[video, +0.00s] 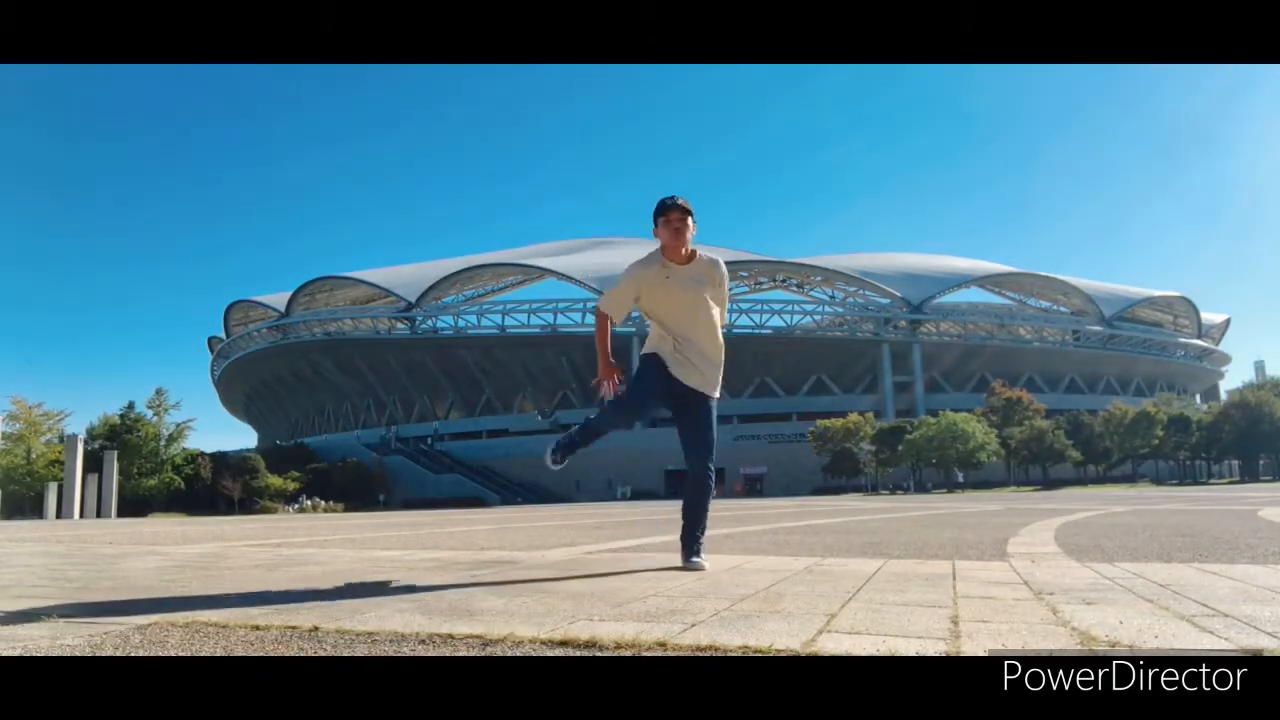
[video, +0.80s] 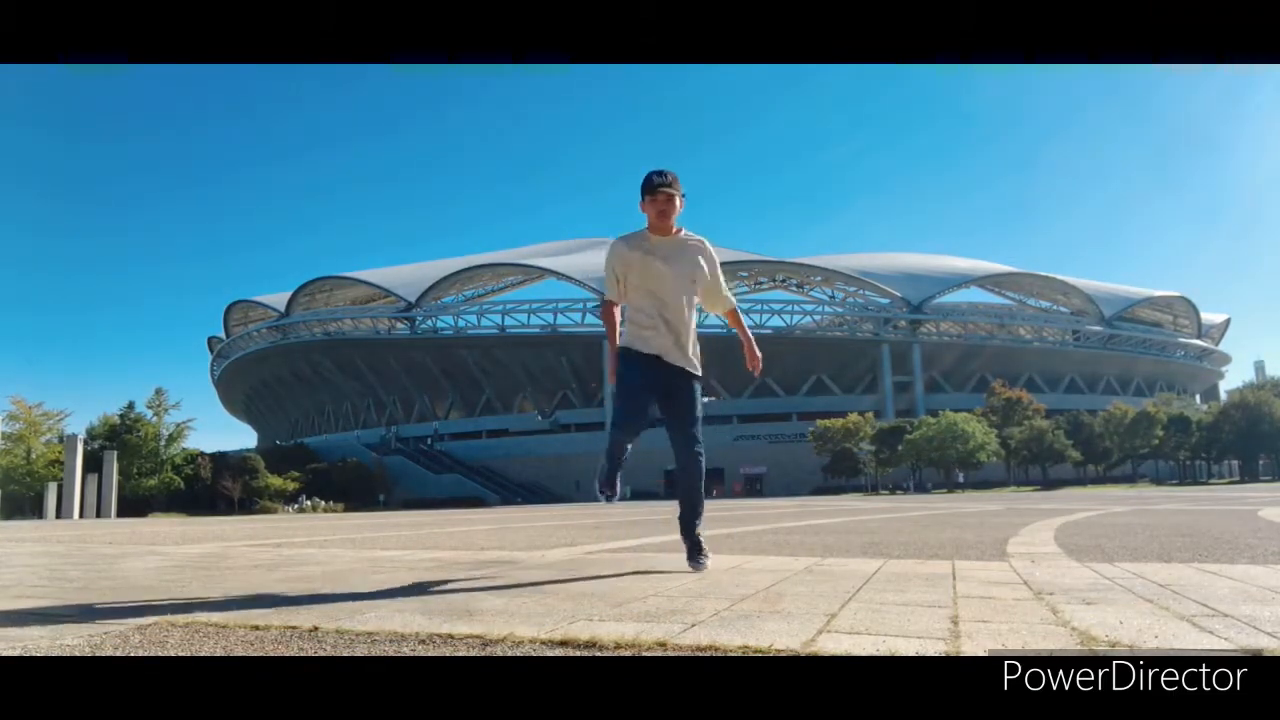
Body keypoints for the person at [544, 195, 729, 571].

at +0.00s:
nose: (677, 230)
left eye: (683, 223)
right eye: (669, 224)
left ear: (694, 228)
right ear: (656, 230)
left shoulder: (715, 270)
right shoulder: (643, 273)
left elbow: (719, 319)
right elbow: (605, 311)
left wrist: (700, 355)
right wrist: (604, 362)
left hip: (702, 378)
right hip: (661, 362)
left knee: (702, 468)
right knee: (629, 410)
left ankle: (692, 548)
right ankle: (572, 442)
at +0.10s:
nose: (684, 223)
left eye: (689, 217)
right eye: (676, 217)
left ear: (698, 223)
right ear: (662, 224)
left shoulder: (715, 269)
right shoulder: (644, 267)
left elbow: (719, 322)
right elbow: (616, 315)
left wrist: (710, 365)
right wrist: (618, 363)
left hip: (710, 381)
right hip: (665, 371)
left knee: (709, 466)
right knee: (639, 439)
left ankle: (692, 549)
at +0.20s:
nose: (684, 233)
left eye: (690, 227)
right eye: (677, 227)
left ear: (699, 233)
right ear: (664, 232)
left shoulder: (713, 275)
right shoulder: (640, 273)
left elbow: (731, 323)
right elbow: (631, 319)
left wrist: (707, 351)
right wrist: (649, 352)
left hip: (701, 363)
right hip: (655, 364)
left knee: (704, 451)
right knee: (664, 442)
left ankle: (695, 544)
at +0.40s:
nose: (682, 239)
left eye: (688, 233)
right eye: (674, 233)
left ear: (696, 239)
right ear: (661, 239)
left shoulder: (714, 283)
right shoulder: (639, 281)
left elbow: (745, 328)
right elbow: (606, 321)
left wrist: (754, 370)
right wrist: (608, 368)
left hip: (705, 379)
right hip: (659, 368)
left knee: (707, 467)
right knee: (681, 391)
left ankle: (685, 546)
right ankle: (742, 465)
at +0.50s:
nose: (678, 226)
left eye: (684, 220)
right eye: (670, 220)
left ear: (694, 225)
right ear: (657, 227)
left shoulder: (714, 270)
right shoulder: (638, 267)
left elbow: (744, 310)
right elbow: (589, 295)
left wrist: (766, 350)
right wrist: (559, 329)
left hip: (703, 363)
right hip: (659, 354)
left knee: (708, 458)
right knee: (667, 388)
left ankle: (685, 541)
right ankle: (679, 440)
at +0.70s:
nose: (672, 207)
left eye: (678, 201)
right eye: (665, 201)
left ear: (688, 207)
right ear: (652, 208)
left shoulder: (705, 252)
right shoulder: (634, 249)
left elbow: (731, 298)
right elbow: (611, 301)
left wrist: (753, 338)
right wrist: (601, 347)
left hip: (686, 357)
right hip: (643, 348)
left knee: (696, 454)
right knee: (635, 389)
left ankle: (695, 543)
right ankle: (632, 429)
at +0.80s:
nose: (665, 205)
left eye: (671, 198)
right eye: (657, 198)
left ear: (681, 204)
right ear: (643, 204)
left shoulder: (699, 251)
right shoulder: (623, 249)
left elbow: (723, 302)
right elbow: (611, 303)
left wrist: (748, 340)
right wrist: (615, 352)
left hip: (682, 359)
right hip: (636, 353)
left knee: (691, 450)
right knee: (626, 428)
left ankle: (692, 532)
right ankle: (612, 467)